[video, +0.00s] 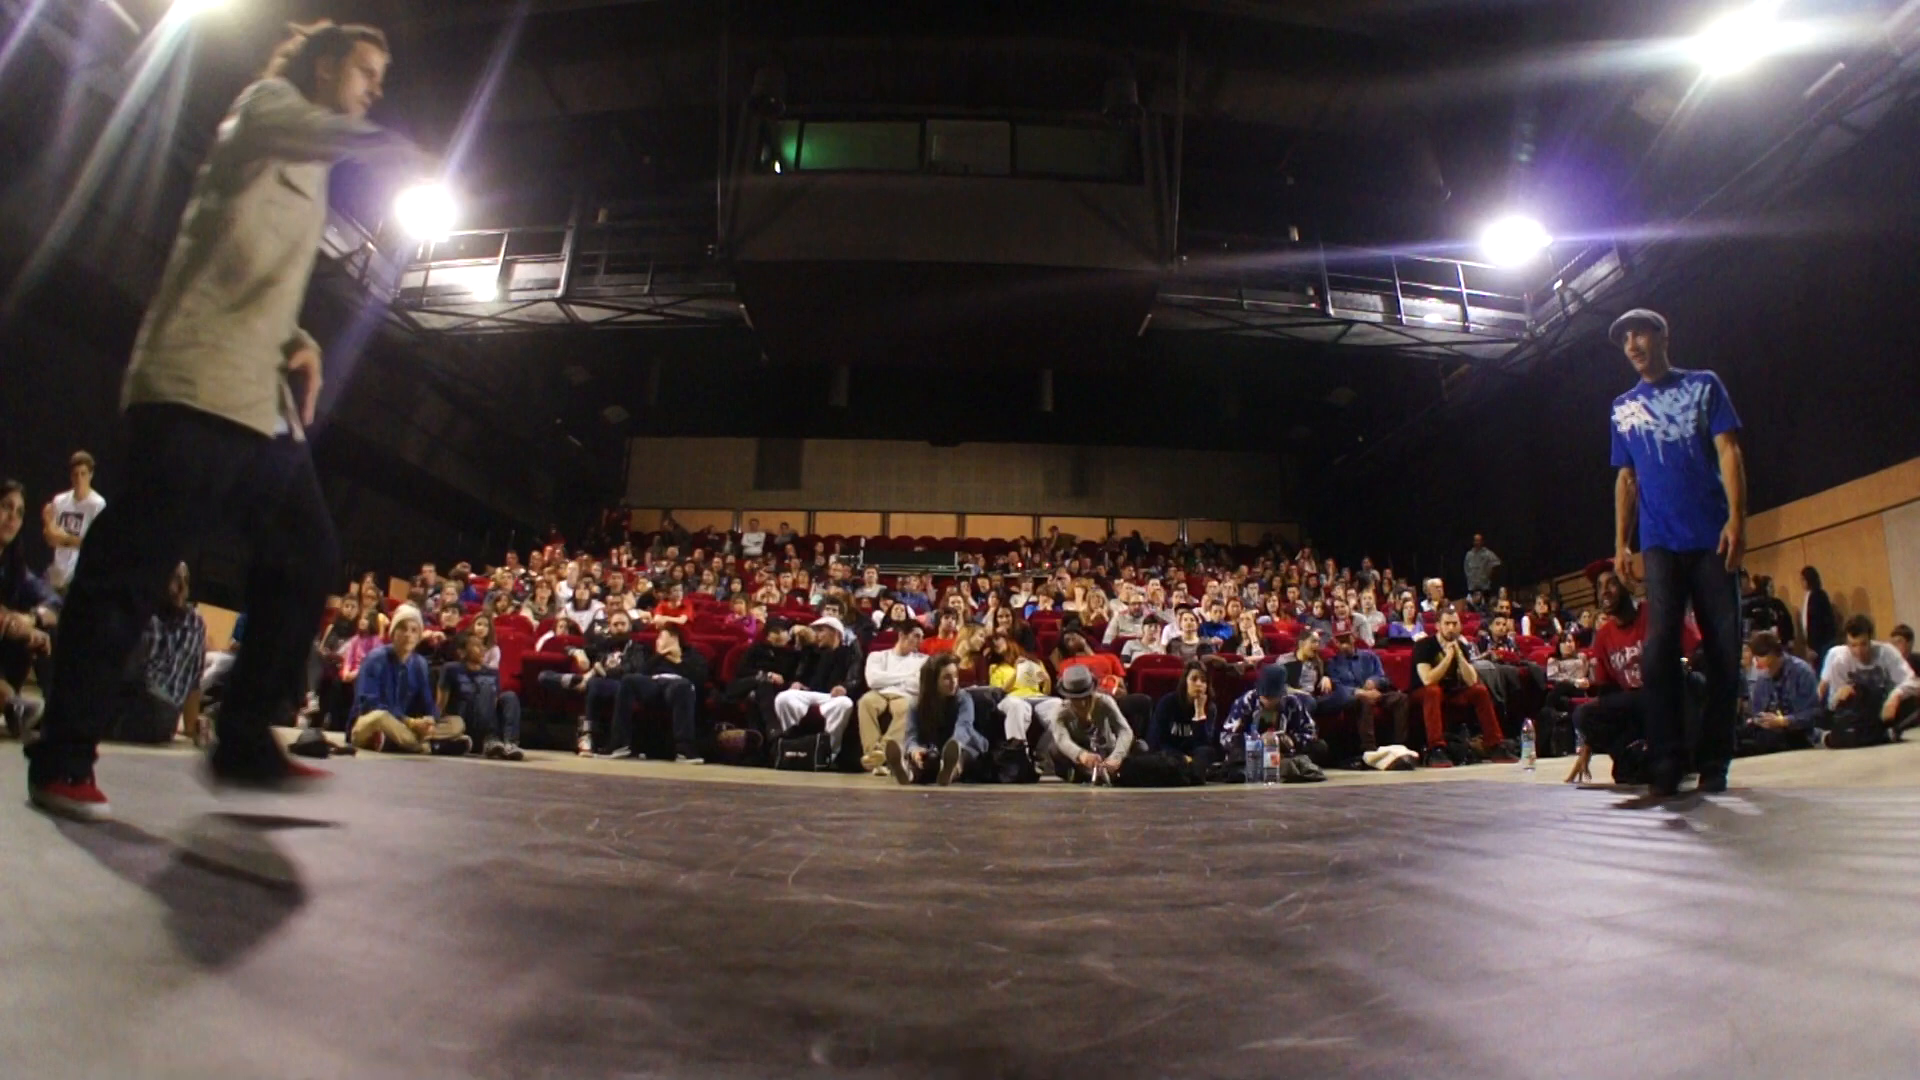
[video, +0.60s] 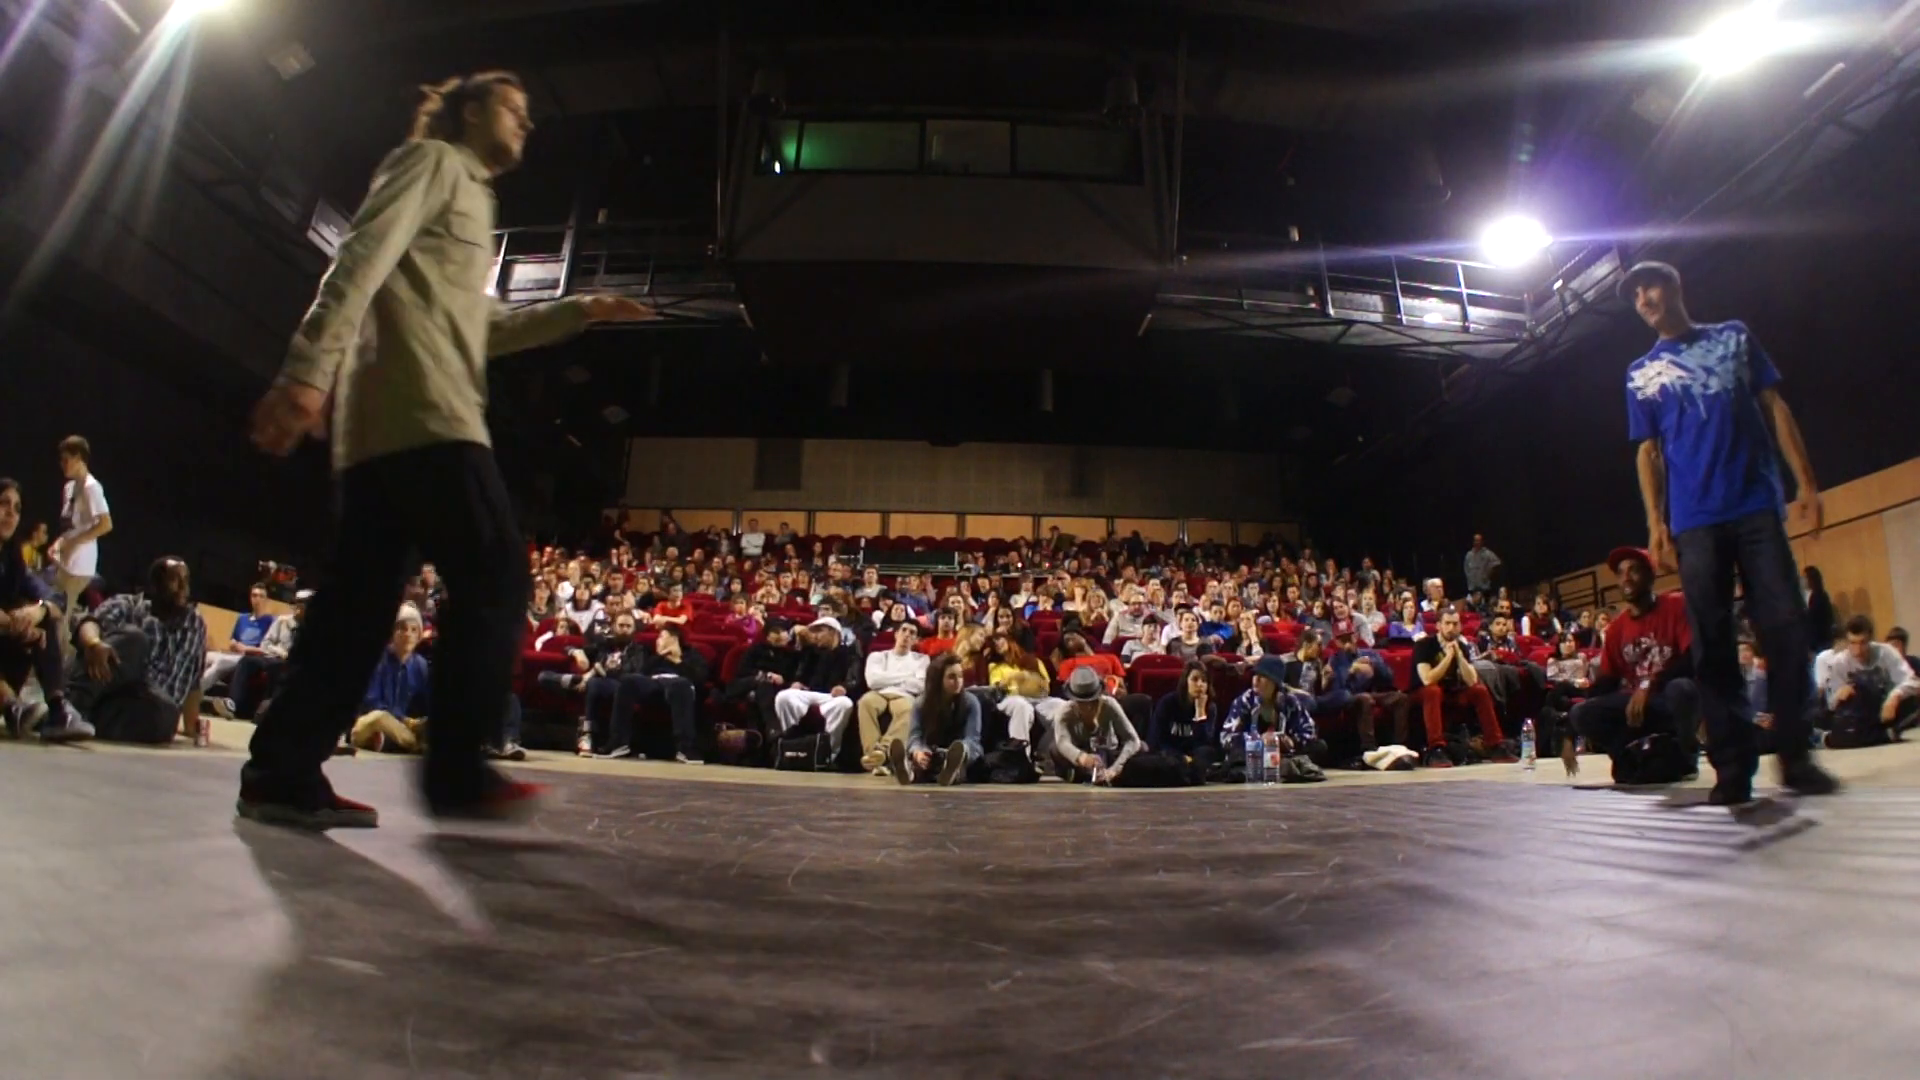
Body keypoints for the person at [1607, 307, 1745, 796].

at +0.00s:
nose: (1634, 345)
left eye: (1642, 335)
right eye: (1627, 340)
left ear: (1663, 338)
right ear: (1624, 350)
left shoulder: (1703, 385)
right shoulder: (1623, 408)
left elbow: (1729, 450)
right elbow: (1626, 478)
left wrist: (1735, 517)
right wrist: (1622, 541)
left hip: (1710, 536)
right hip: (1659, 541)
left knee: (1725, 652)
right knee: (1658, 649)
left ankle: (1714, 765)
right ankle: (1663, 768)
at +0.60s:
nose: (1645, 298)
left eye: (1652, 285)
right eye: (1637, 293)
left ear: (1676, 287)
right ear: (1636, 307)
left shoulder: (1733, 338)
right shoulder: (1641, 373)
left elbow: (1774, 406)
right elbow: (1648, 452)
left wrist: (1805, 482)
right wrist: (1656, 526)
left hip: (1757, 506)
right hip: (1693, 520)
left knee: (1786, 625)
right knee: (1712, 644)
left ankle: (1795, 756)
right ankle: (1731, 771)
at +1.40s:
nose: (1701, 246)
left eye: (1708, 232)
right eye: (1694, 241)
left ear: (1742, 231)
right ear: (1699, 255)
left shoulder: (1796, 277)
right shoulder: (1714, 324)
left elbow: (1846, 351)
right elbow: (1733, 409)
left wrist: (1866, 434)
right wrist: (1739, 486)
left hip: (1830, 477)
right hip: (1770, 493)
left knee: (1871, 623)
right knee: (1783, 633)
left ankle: (1880, 774)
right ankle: (1781, 772)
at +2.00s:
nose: (1674, 269)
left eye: (1681, 256)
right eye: (1669, 262)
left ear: (1714, 254)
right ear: (1676, 273)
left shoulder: (1760, 295)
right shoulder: (1698, 342)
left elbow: (1807, 367)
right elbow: (1717, 426)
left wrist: (1831, 456)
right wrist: (1717, 501)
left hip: (1783, 490)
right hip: (1736, 504)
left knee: (1818, 629)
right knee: (1758, 636)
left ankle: (1867, 761)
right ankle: (1782, 766)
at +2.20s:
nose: (1649, 285)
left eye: (1656, 272)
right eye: (1645, 280)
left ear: (1689, 271)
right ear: (1652, 291)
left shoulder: (1728, 308)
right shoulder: (1682, 358)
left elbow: (1772, 381)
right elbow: (1702, 440)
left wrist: (1786, 466)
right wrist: (1706, 510)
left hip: (1751, 482)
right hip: (1720, 495)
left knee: (1749, 612)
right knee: (1744, 619)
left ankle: (1784, 759)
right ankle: (1777, 758)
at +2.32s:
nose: (1634, 296)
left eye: (1640, 284)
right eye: (1629, 291)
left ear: (1674, 280)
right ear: (1637, 303)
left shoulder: (1710, 316)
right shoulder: (1673, 361)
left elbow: (1752, 391)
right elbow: (1698, 443)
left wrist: (1759, 480)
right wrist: (1700, 523)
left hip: (1736, 497)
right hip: (1711, 506)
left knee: (1716, 627)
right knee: (1757, 629)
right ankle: (1782, 761)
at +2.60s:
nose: (1596, 324)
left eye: (1601, 312)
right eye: (1593, 316)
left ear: (1632, 308)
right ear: (1616, 318)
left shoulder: (1658, 345)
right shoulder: (1647, 359)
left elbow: (1690, 419)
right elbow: (1671, 442)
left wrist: (1702, 501)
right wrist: (1658, 529)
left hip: (1682, 524)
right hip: (1690, 523)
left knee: (1660, 646)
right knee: (1731, 645)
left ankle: (1636, 772)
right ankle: (1777, 762)